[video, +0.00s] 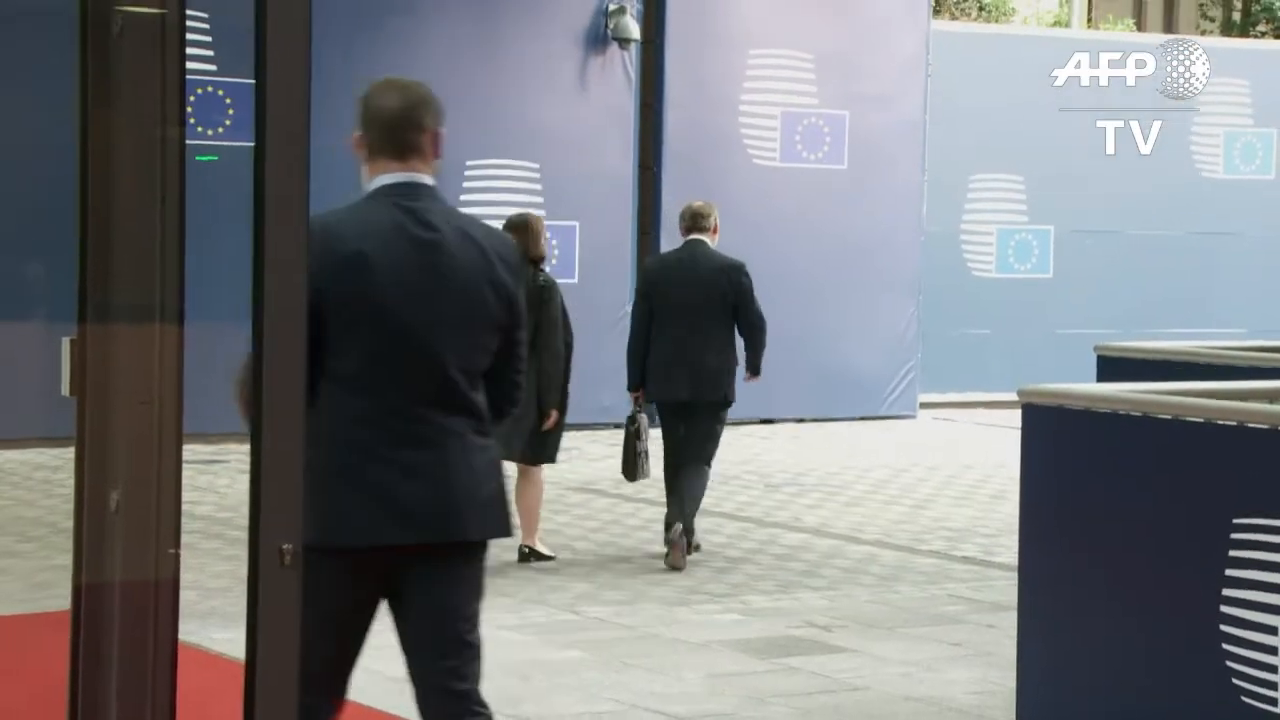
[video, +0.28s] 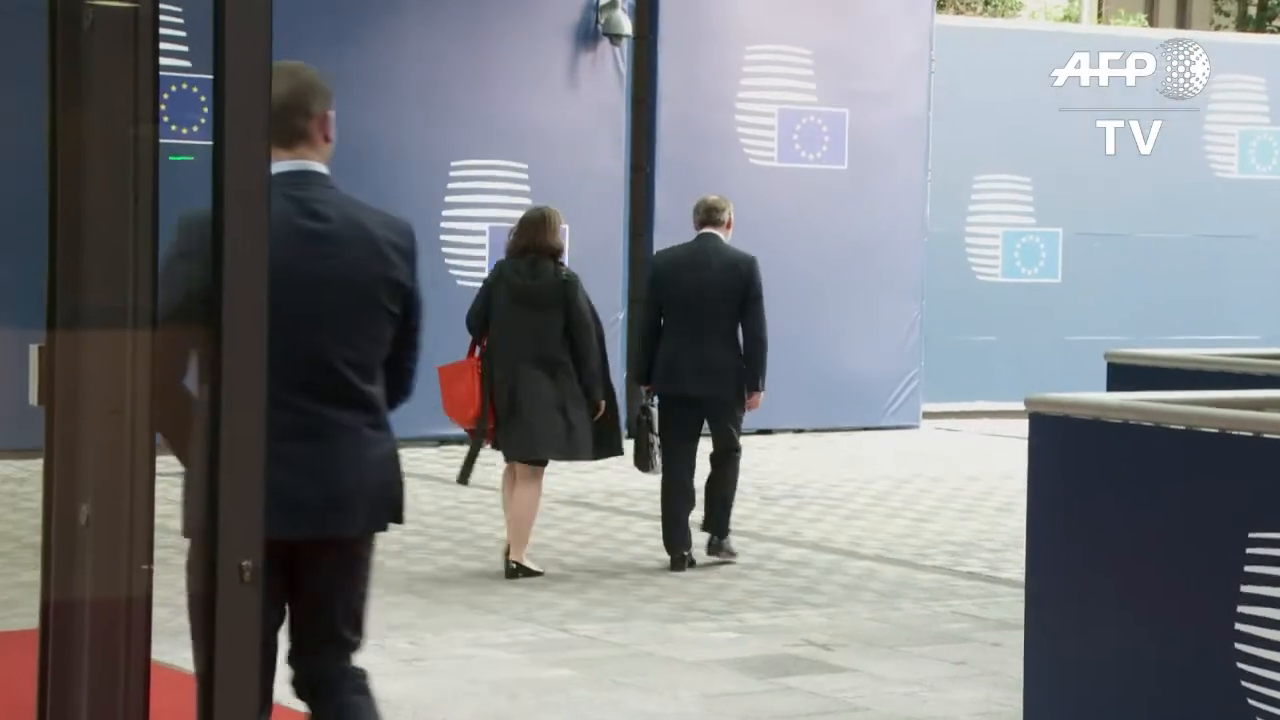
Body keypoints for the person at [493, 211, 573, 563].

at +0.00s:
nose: (545, 241)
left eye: (543, 235)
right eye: (542, 236)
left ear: (505, 240)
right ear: (536, 241)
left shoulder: (489, 278)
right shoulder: (541, 286)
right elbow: (551, 349)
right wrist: (552, 400)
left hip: (487, 387)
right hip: (528, 393)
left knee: (480, 462)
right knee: (530, 467)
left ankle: (465, 540)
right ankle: (530, 539)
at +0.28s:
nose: (565, 237)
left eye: (563, 230)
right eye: (562, 232)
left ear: (521, 235)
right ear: (554, 237)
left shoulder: (500, 275)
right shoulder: (565, 282)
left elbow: (475, 323)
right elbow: (586, 341)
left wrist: (500, 338)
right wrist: (597, 391)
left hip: (505, 381)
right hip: (547, 383)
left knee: (513, 467)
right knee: (530, 473)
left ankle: (513, 543)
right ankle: (517, 557)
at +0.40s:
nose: (569, 243)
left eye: (566, 236)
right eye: (566, 238)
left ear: (526, 240)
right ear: (561, 243)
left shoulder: (504, 282)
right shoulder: (570, 286)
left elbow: (480, 329)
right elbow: (594, 343)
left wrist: (503, 344)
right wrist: (609, 390)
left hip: (510, 383)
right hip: (552, 385)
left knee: (528, 471)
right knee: (527, 475)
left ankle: (539, 544)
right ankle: (509, 560)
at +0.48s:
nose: (572, 246)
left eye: (570, 239)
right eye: (569, 241)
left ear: (529, 243)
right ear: (563, 246)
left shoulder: (507, 285)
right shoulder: (572, 289)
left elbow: (483, 333)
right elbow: (595, 347)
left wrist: (501, 354)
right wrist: (611, 394)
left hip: (512, 388)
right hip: (554, 389)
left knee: (528, 473)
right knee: (530, 478)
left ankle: (545, 546)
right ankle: (507, 559)